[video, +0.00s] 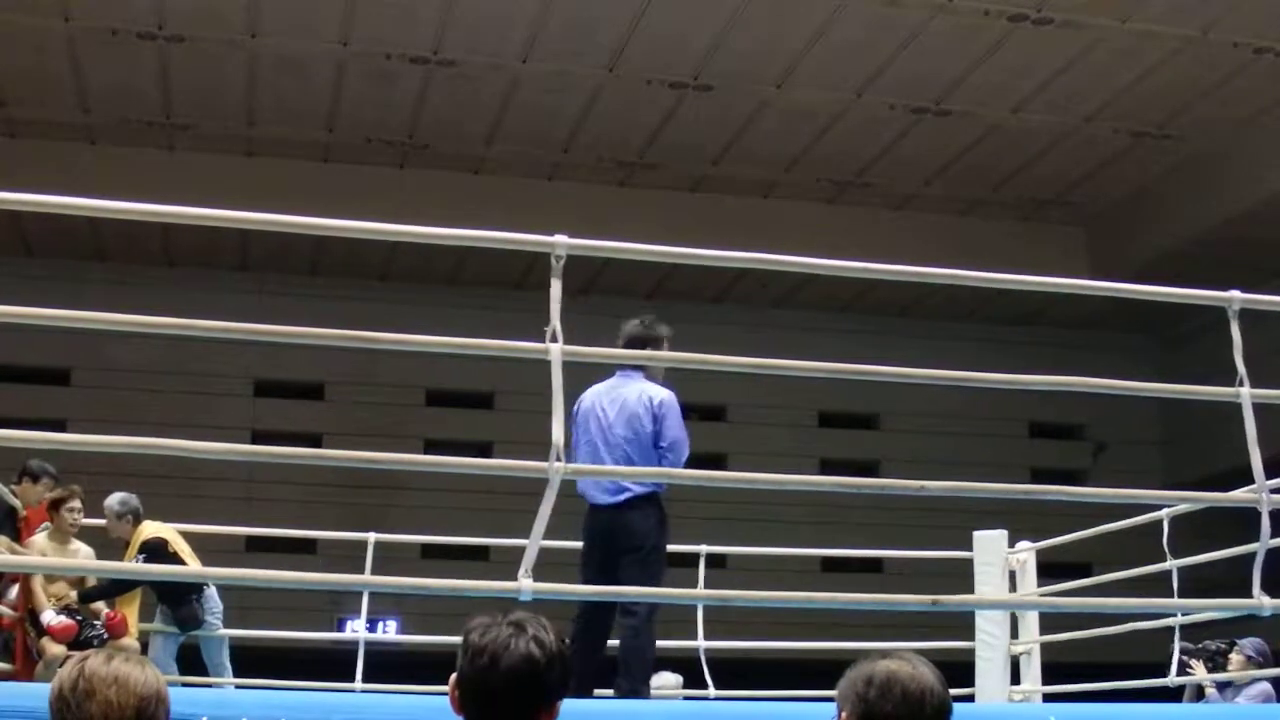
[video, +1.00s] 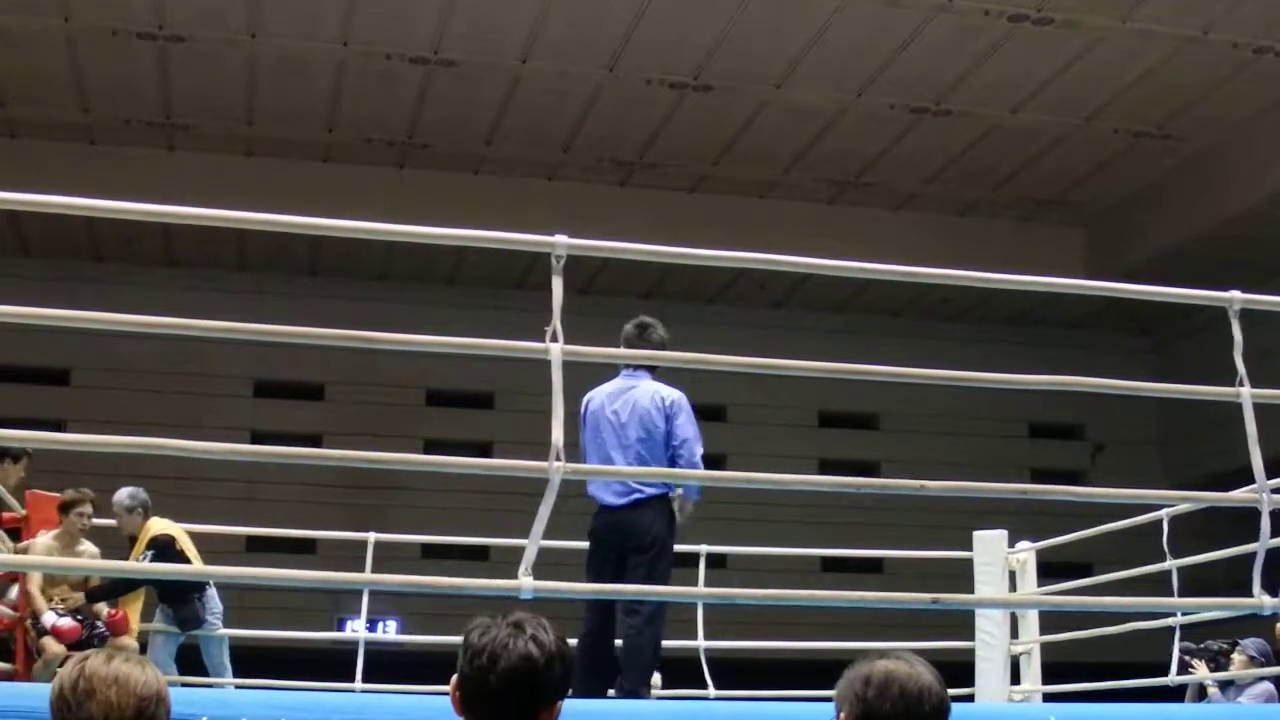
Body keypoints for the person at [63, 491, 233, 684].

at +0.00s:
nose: (106, 524)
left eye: (109, 518)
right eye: (106, 518)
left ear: (127, 520)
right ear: (126, 520)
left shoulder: (154, 541)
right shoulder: (137, 539)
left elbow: (125, 583)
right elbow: (121, 580)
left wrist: (80, 596)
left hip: (201, 600)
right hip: (171, 603)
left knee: (218, 666)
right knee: (160, 660)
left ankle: (229, 711)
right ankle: (176, 709)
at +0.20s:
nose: (105, 524)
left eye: (109, 518)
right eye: (106, 518)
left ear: (127, 521)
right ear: (128, 520)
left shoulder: (155, 542)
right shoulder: (139, 539)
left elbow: (126, 583)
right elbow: (126, 584)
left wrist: (79, 597)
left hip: (201, 600)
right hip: (171, 603)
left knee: (217, 664)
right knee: (159, 660)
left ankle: (230, 712)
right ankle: (175, 709)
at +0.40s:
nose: (105, 525)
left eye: (109, 519)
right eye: (106, 519)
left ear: (128, 520)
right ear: (128, 520)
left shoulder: (154, 543)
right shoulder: (139, 539)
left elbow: (124, 584)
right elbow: (125, 583)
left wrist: (79, 597)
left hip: (202, 600)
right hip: (171, 603)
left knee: (217, 664)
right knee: (159, 660)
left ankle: (230, 712)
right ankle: (175, 708)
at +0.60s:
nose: (106, 525)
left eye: (109, 520)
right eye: (106, 520)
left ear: (128, 520)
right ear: (129, 519)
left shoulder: (154, 543)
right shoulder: (140, 538)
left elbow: (124, 583)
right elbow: (127, 584)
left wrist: (79, 597)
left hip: (202, 600)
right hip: (171, 603)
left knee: (217, 664)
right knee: (160, 660)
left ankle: (230, 712)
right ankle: (173, 709)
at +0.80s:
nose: (109, 524)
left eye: (112, 518)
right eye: (109, 519)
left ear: (132, 519)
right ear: (131, 518)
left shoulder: (156, 541)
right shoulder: (139, 538)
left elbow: (125, 583)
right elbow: (125, 581)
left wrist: (78, 597)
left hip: (201, 601)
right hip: (170, 604)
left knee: (218, 666)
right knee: (159, 661)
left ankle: (231, 714)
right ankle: (174, 709)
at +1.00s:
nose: (116, 522)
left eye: (119, 516)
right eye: (115, 517)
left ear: (138, 514)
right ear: (134, 515)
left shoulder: (162, 537)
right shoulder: (137, 539)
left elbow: (132, 581)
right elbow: (130, 583)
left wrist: (85, 597)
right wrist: (127, 628)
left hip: (201, 600)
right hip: (170, 604)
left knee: (218, 666)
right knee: (158, 660)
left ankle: (230, 711)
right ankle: (176, 709)